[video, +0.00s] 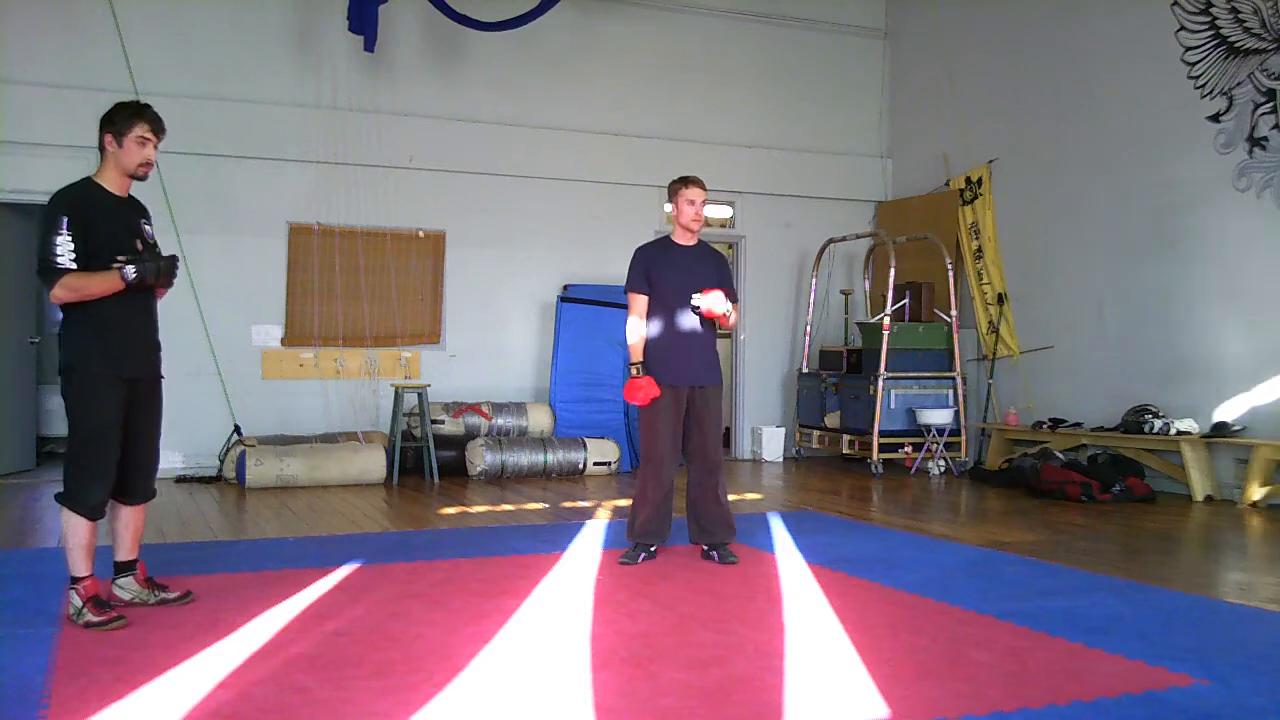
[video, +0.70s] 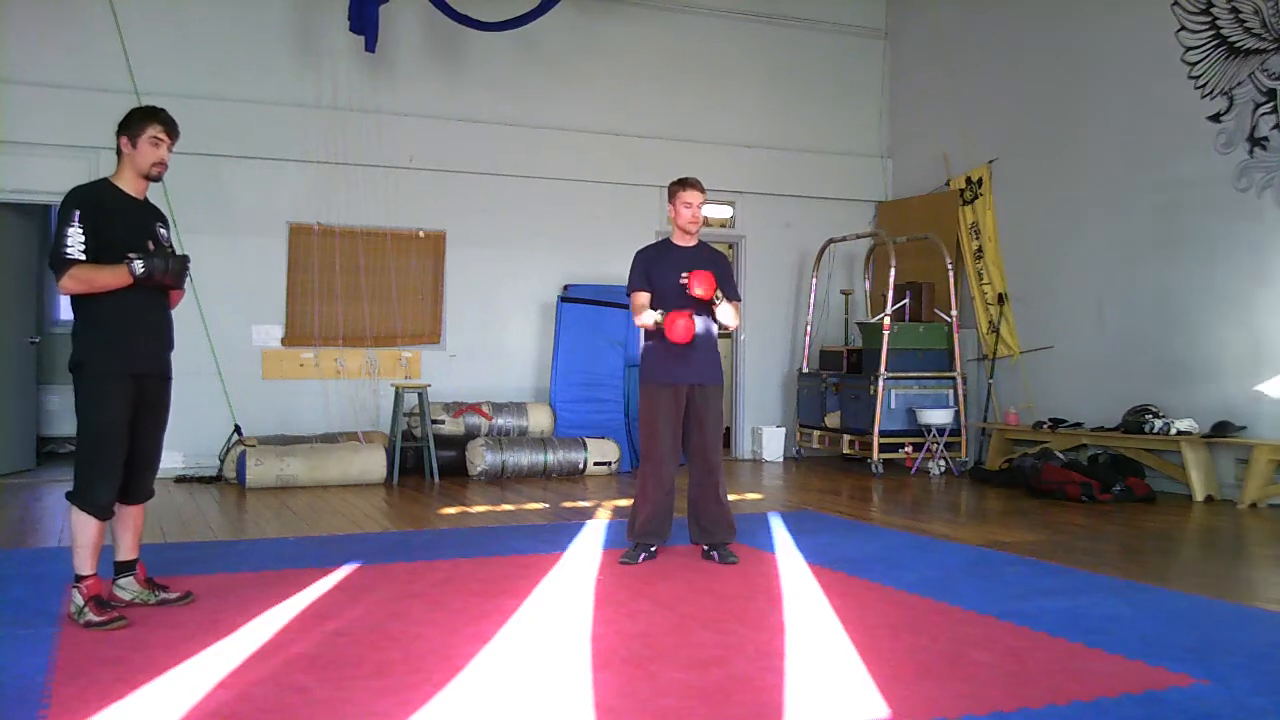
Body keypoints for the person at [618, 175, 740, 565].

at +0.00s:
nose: (697, 210)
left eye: (702, 204)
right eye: (690, 203)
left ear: (706, 210)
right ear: (672, 207)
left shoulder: (716, 260)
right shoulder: (648, 255)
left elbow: (730, 323)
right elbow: (636, 317)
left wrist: (721, 311)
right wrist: (636, 369)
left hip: (707, 376)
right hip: (661, 375)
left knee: (708, 460)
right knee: (657, 459)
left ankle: (713, 538)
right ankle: (646, 539)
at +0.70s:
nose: (695, 212)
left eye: (700, 206)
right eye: (688, 205)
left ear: (705, 211)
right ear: (671, 209)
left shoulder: (717, 260)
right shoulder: (648, 257)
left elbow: (732, 321)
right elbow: (640, 312)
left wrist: (716, 301)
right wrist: (658, 320)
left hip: (706, 372)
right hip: (661, 372)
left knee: (708, 458)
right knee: (657, 456)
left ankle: (713, 539)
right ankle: (647, 539)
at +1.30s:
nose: (699, 216)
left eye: (704, 210)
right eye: (692, 208)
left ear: (709, 215)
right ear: (675, 210)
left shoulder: (716, 262)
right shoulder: (648, 256)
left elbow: (732, 321)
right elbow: (646, 318)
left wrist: (716, 308)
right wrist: (673, 298)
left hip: (707, 372)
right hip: (662, 371)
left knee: (709, 458)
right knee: (657, 456)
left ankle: (714, 538)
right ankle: (646, 539)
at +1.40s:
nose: (707, 217)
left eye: (712, 210)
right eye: (700, 208)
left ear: (716, 215)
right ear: (683, 209)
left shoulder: (721, 262)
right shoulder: (654, 257)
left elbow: (736, 322)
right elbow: (649, 319)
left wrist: (726, 313)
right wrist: (674, 306)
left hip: (713, 372)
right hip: (668, 371)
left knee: (715, 457)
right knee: (664, 455)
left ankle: (720, 538)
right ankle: (652, 539)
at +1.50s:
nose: (708, 218)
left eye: (713, 212)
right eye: (702, 210)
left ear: (717, 216)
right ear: (684, 209)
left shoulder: (723, 262)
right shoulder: (655, 256)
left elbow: (736, 323)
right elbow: (648, 317)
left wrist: (726, 310)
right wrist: (676, 301)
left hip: (713, 370)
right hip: (668, 369)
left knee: (715, 456)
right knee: (664, 454)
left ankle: (721, 538)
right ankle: (652, 538)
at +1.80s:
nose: (708, 218)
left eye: (713, 212)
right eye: (702, 210)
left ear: (717, 217)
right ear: (685, 210)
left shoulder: (722, 262)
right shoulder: (657, 256)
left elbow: (736, 322)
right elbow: (655, 317)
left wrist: (719, 311)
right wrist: (669, 363)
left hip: (712, 370)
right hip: (669, 365)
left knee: (714, 457)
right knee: (664, 454)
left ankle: (720, 538)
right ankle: (652, 537)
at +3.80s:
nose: (652, 206)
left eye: (658, 199)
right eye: (645, 199)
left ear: (666, 206)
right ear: (631, 204)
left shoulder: (679, 257)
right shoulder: (609, 253)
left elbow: (696, 316)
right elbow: (600, 315)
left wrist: (672, 305)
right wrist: (600, 365)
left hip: (668, 370)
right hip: (622, 368)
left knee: (669, 454)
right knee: (616, 454)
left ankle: (674, 533)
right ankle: (606, 534)